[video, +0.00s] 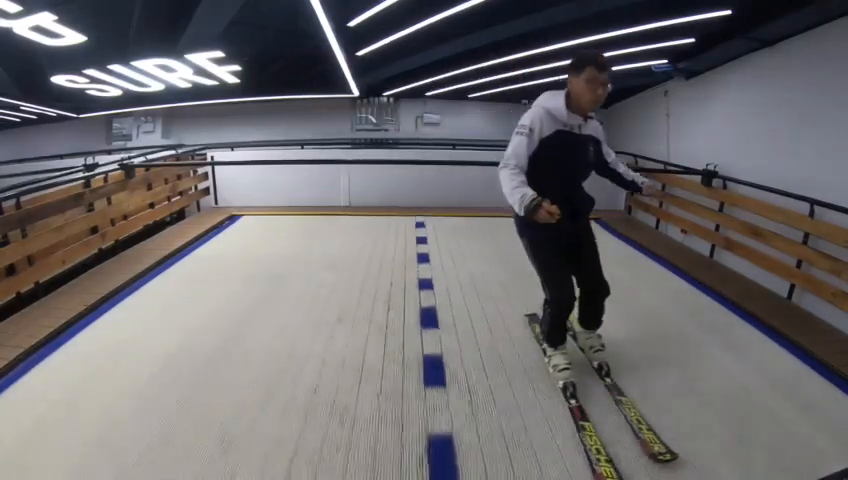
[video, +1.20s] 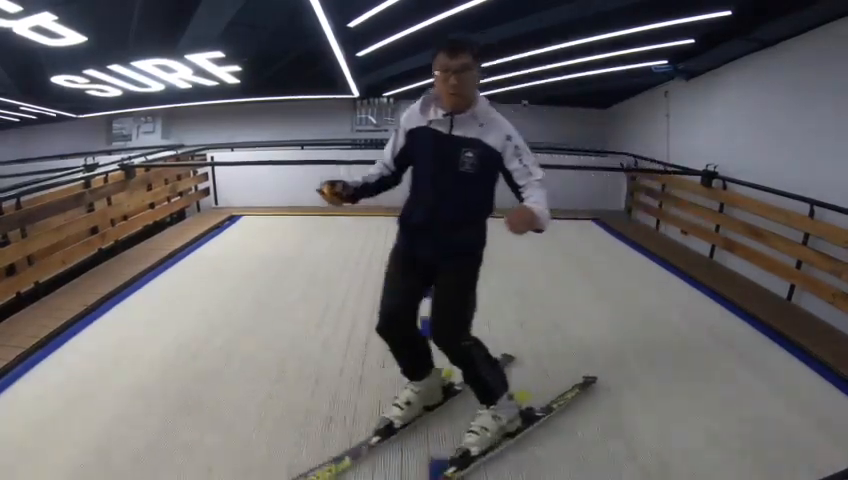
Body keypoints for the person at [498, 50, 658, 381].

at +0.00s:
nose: (601, 93)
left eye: (605, 87)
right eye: (593, 84)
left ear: (607, 89)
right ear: (572, 81)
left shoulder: (591, 126)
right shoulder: (543, 112)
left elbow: (607, 164)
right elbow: (509, 167)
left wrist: (640, 185)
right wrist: (529, 204)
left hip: (575, 214)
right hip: (538, 215)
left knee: (595, 287)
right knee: (561, 293)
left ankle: (587, 329)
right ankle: (553, 344)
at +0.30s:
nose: (636, 99)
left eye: (640, 93)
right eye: (629, 91)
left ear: (642, 94)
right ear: (608, 87)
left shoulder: (633, 137)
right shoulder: (576, 123)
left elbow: (654, 175)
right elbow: (547, 176)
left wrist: (687, 194)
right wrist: (561, 209)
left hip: (616, 229)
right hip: (577, 231)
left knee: (633, 300)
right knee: (597, 306)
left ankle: (636, 350)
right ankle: (604, 363)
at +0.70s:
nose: (622, 96)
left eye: (629, 87)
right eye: (613, 87)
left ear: (635, 90)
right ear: (592, 87)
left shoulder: (636, 140)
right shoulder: (561, 127)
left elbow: (664, 187)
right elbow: (531, 174)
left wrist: (696, 211)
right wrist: (524, 204)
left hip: (609, 250)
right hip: (560, 248)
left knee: (613, 327)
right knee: (568, 333)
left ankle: (639, 382)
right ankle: (596, 387)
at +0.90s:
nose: (576, 90)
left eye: (584, 81)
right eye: (567, 81)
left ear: (594, 85)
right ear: (551, 81)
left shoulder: (605, 140)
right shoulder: (519, 124)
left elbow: (634, 187)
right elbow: (490, 172)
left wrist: (655, 212)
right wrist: (471, 198)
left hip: (567, 253)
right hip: (515, 248)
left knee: (564, 336)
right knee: (511, 333)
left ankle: (602, 398)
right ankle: (546, 395)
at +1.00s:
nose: (542, 86)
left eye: (551, 78)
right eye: (533, 77)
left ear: (563, 83)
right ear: (518, 80)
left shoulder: (576, 139)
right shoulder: (489, 122)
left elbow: (608, 191)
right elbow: (462, 172)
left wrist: (620, 214)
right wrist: (434, 196)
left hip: (536, 253)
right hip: (485, 247)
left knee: (531, 340)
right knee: (474, 332)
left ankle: (575, 403)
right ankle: (509, 395)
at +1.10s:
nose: (499, 84)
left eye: (509, 75)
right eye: (491, 75)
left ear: (524, 78)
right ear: (479, 77)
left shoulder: (540, 137)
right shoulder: (454, 121)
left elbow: (573, 189)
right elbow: (427, 173)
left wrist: (579, 216)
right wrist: (395, 194)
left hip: (501, 250)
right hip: (452, 243)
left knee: (492, 336)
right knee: (434, 326)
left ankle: (541, 408)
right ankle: (467, 390)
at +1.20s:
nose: (453, 81)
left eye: (462, 72)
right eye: (445, 73)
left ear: (478, 75)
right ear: (433, 76)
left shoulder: (497, 131)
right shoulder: (413, 119)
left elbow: (532, 186)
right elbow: (387, 171)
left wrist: (533, 212)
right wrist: (352, 190)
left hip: (461, 248)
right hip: (413, 240)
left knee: (448, 333)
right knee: (392, 323)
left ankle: (500, 407)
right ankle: (425, 383)